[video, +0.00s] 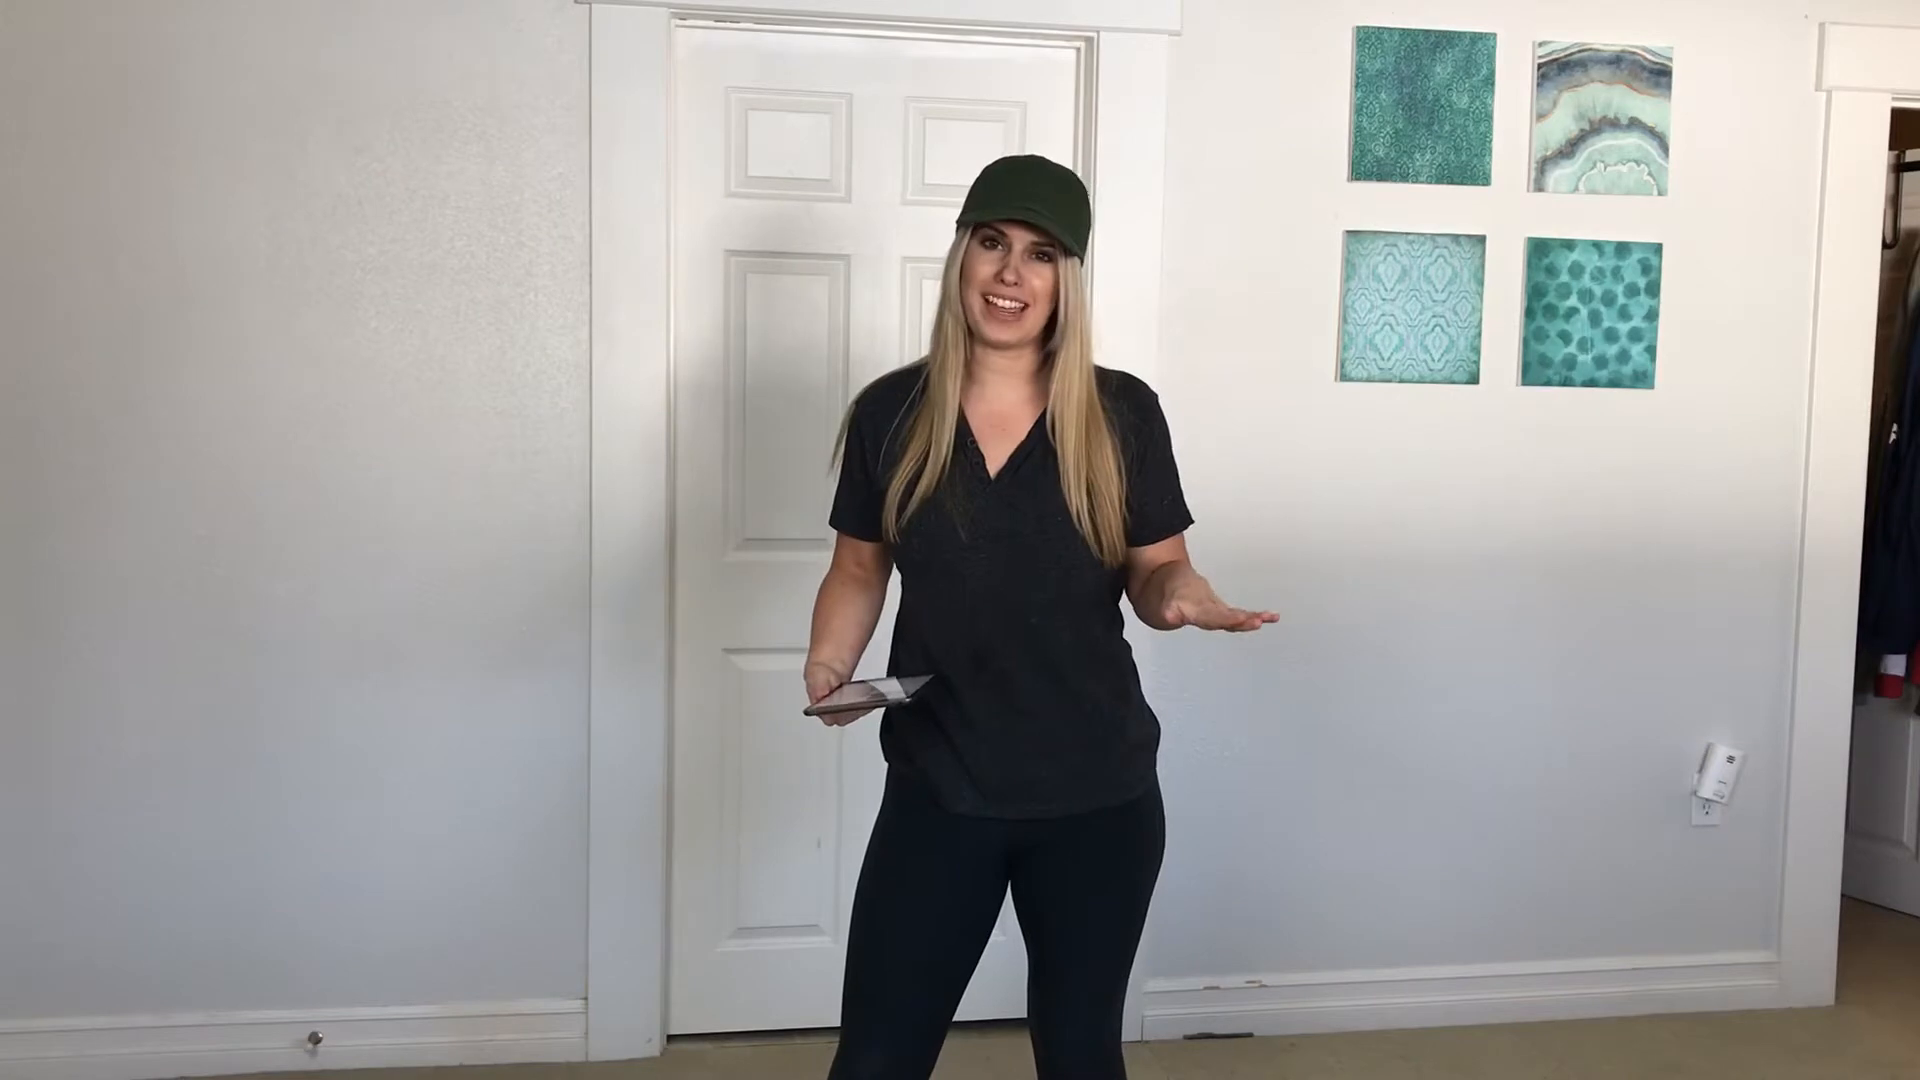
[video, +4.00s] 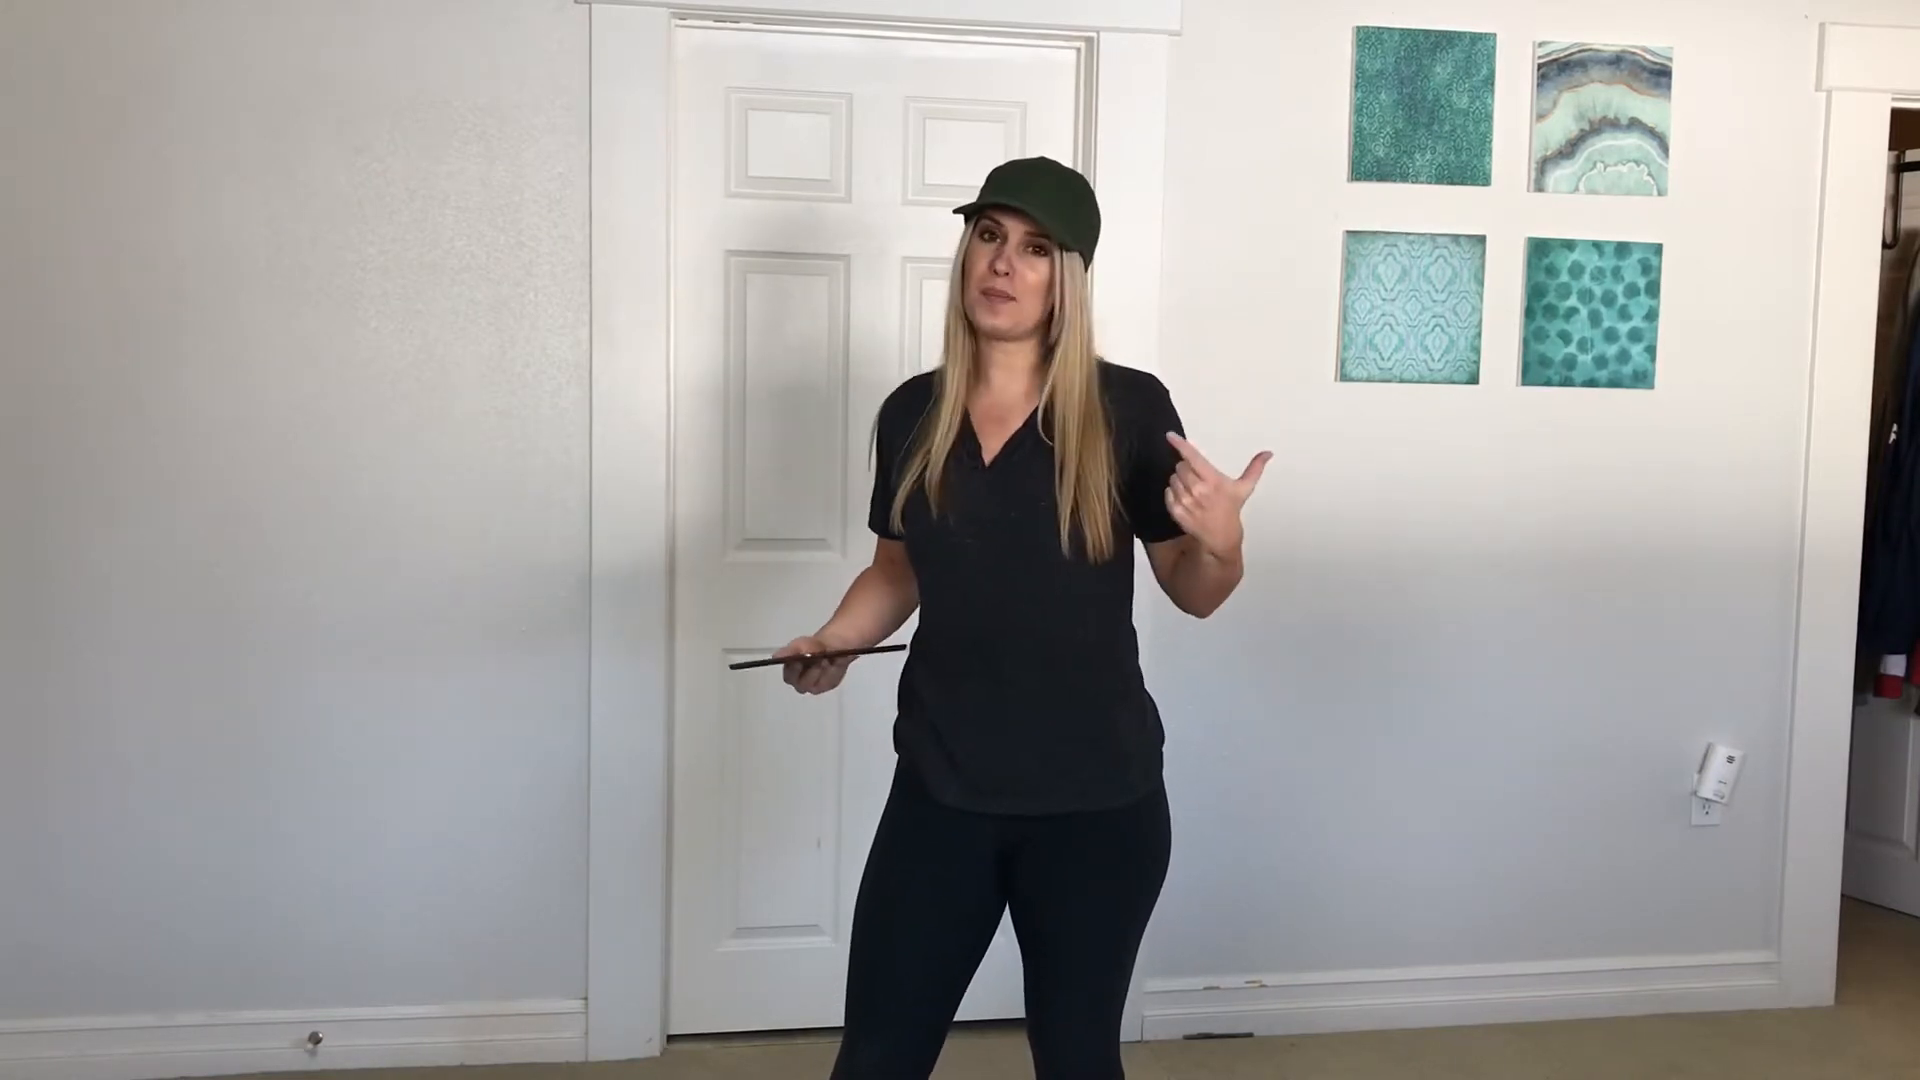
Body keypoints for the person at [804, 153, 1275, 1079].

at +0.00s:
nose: (1011, 273)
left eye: (1039, 255)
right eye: (993, 245)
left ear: (1069, 280)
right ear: (959, 259)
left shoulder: (1119, 409)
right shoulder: (892, 412)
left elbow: (1158, 567)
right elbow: (856, 569)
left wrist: (1186, 599)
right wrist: (829, 664)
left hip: (1095, 792)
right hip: (941, 787)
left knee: (1079, 1055)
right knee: (876, 1058)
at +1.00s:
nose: (1016, 268)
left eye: (1047, 253)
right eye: (1001, 240)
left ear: (1082, 283)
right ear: (973, 255)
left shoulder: (1136, 410)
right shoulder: (909, 408)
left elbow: (1176, 578)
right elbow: (878, 562)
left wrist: (1216, 576)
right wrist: (841, 659)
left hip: (1097, 793)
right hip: (944, 787)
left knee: (1079, 1057)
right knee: (875, 1058)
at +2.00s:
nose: (1015, 272)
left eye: (1044, 256)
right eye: (998, 246)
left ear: (1076, 281)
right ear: (967, 261)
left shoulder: (1132, 411)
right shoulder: (907, 408)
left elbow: (1178, 598)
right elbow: (875, 562)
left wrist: (1229, 559)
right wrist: (840, 658)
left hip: (1096, 792)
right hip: (943, 786)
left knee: (1078, 1055)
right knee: (875, 1056)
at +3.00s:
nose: (1030, 270)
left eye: (1057, 252)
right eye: (1009, 246)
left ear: (1088, 275)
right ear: (978, 264)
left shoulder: (1138, 411)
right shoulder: (914, 407)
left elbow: (1188, 595)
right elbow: (875, 561)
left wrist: (1205, 522)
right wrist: (850, 658)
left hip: (1097, 790)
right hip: (944, 786)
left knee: (1080, 1055)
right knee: (877, 1057)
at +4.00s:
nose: (1000, 263)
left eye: (1031, 247)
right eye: (987, 238)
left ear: (1068, 276)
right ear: (963, 254)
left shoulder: (1127, 407)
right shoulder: (914, 414)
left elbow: (1192, 591)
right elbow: (899, 567)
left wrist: (1220, 546)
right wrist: (835, 641)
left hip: (1093, 801)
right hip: (941, 797)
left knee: (1077, 1057)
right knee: (875, 1059)